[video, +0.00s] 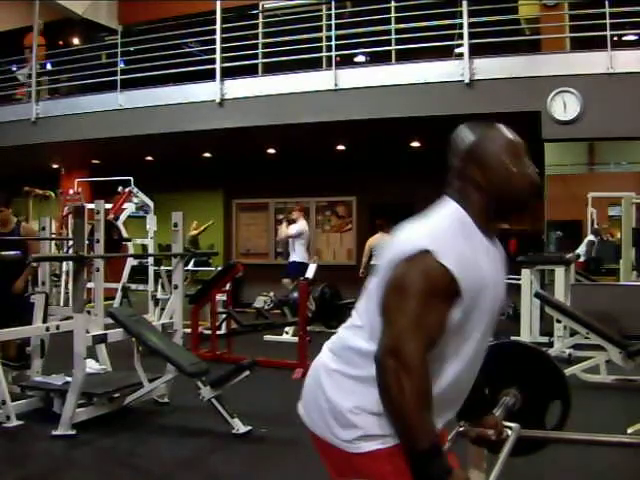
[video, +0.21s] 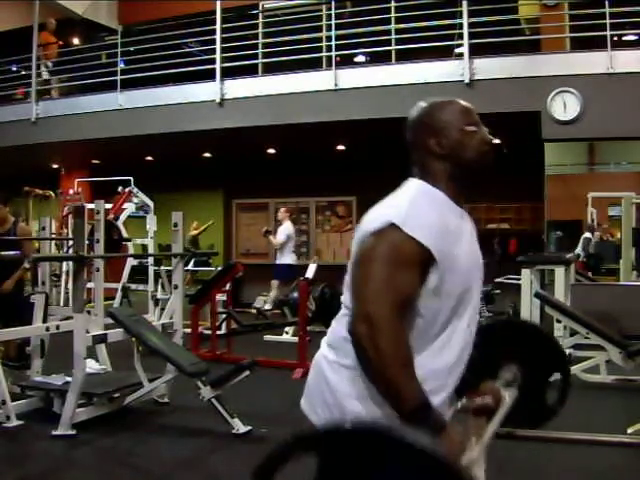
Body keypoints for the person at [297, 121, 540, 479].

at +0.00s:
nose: (534, 174)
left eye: (528, 161)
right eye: (518, 160)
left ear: (474, 172)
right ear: (472, 170)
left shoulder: (486, 246)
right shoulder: (435, 250)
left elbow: (442, 349)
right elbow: (398, 360)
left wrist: (469, 416)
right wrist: (432, 461)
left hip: (409, 406)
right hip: (356, 412)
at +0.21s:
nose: (486, 136)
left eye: (481, 127)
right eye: (471, 127)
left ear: (439, 145)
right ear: (437, 143)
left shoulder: (453, 219)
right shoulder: (410, 214)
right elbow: (373, 326)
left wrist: (463, 393)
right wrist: (431, 425)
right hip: (366, 422)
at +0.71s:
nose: (436, 128)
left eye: (434, 118)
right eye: (424, 117)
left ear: (388, 125)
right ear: (386, 124)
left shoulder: (399, 197)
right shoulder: (362, 195)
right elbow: (317, 293)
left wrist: (434, 356)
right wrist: (385, 386)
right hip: (343, 414)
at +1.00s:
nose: (386, 142)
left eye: (389, 132)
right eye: (375, 129)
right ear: (335, 121)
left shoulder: (361, 200)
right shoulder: (304, 191)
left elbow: (352, 298)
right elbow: (256, 295)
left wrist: (402, 344)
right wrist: (335, 386)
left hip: (373, 414)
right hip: (312, 426)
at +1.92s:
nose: (359, 137)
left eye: (359, 126)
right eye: (348, 125)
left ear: (314, 130)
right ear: (310, 128)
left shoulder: (332, 208)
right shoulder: (271, 198)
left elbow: (316, 305)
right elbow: (224, 291)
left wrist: (357, 354)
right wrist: (280, 382)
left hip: (321, 409)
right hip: (267, 416)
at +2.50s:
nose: (308, 107)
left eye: (303, 100)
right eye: (291, 103)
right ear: (261, 125)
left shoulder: (318, 204)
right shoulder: (242, 202)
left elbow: (326, 300)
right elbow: (225, 309)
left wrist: (354, 367)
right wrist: (263, 410)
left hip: (305, 409)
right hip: (241, 422)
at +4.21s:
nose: (339, 125)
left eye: (332, 117)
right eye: (320, 121)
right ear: (290, 146)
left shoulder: (337, 219)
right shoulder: (266, 220)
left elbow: (320, 309)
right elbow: (223, 321)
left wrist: (344, 379)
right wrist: (261, 426)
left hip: (291, 400)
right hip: (235, 411)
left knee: (304, 471)